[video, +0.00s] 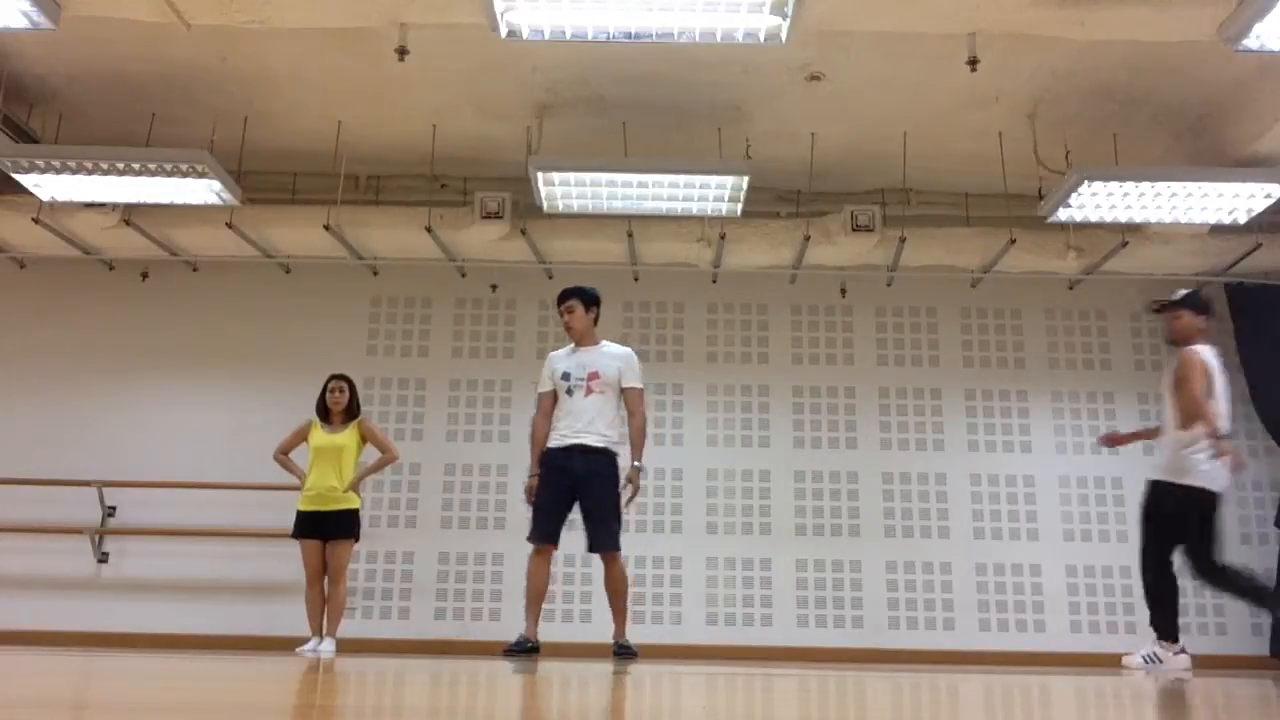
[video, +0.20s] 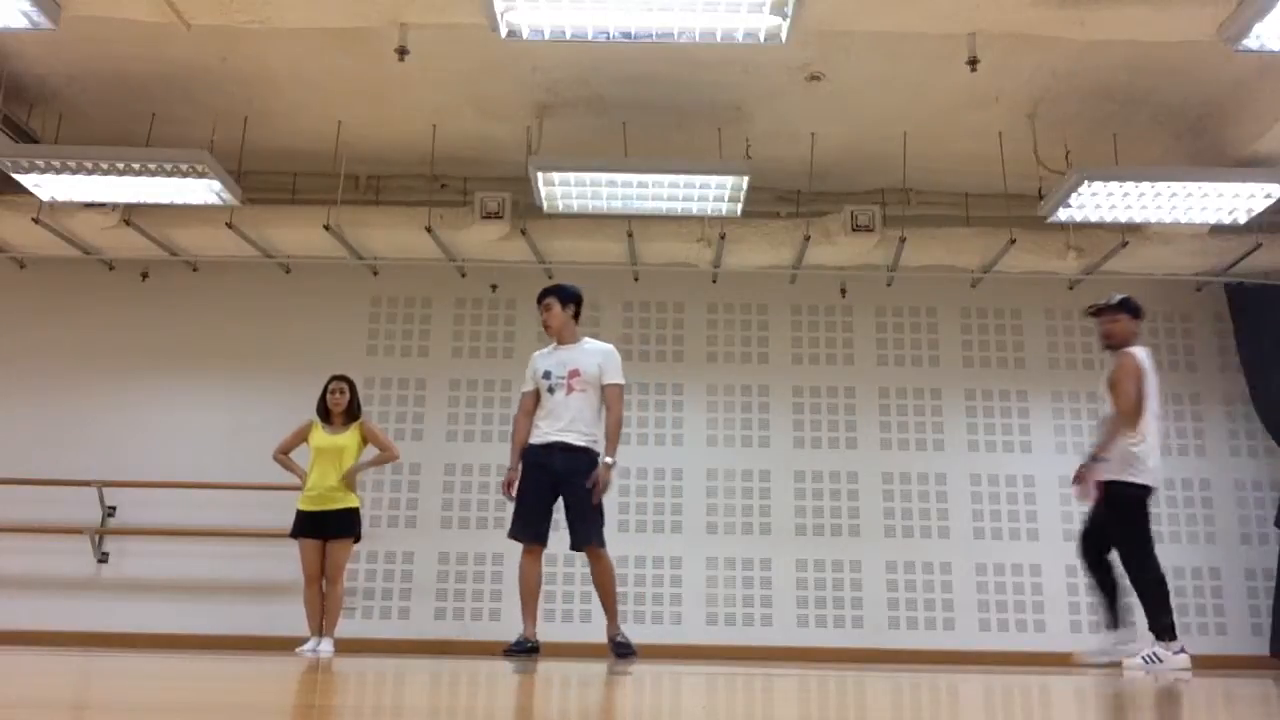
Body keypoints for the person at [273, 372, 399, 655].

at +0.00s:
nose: (336, 395)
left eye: (341, 391)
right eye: (331, 391)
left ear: (350, 396)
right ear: (324, 396)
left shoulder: (360, 426)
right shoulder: (312, 426)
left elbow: (392, 454)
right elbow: (279, 454)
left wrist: (359, 477)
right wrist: (301, 475)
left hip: (343, 506)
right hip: (310, 506)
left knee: (337, 577)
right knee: (313, 578)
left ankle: (330, 638)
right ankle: (315, 637)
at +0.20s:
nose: (336, 396)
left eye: (342, 392)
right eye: (332, 392)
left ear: (351, 397)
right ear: (325, 397)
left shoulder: (361, 427)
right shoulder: (313, 427)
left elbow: (392, 453)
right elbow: (278, 453)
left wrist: (358, 468)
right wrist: (302, 474)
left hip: (342, 508)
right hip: (310, 507)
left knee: (334, 577)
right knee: (311, 578)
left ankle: (328, 638)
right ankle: (314, 637)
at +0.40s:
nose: (337, 396)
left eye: (343, 392)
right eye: (333, 391)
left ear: (352, 398)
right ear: (325, 397)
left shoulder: (360, 429)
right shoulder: (314, 426)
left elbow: (386, 446)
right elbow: (282, 453)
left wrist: (360, 418)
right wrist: (303, 472)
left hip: (344, 508)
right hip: (310, 506)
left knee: (336, 578)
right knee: (308, 578)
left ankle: (329, 637)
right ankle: (309, 636)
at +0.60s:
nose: (338, 396)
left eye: (343, 392)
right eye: (333, 391)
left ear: (351, 398)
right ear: (325, 396)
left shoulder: (358, 427)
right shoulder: (313, 426)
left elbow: (375, 431)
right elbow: (281, 453)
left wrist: (362, 404)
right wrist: (302, 472)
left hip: (343, 506)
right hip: (310, 505)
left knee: (334, 577)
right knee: (309, 576)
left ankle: (328, 638)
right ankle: (308, 636)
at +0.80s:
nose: (338, 396)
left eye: (343, 392)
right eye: (334, 391)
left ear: (351, 399)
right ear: (325, 395)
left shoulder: (356, 428)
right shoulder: (311, 426)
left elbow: (375, 426)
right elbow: (278, 453)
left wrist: (362, 401)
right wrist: (301, 473)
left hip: (342, 505)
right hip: (310, 504)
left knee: (332, 575)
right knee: (309, 575)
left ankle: (326, 637)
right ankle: (309, 636)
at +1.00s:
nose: (339, 395)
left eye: (344, 392)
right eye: (335, 391)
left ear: (350, 399)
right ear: (324, 395)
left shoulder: (355, 429)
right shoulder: (309, 426)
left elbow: (379, 426)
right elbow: (273, 453)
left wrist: (362, 403)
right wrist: (298, 472)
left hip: (342, 506)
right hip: (309, 505)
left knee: (333, 576)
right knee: (309, 575)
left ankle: (325, 638)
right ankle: (308, 636)